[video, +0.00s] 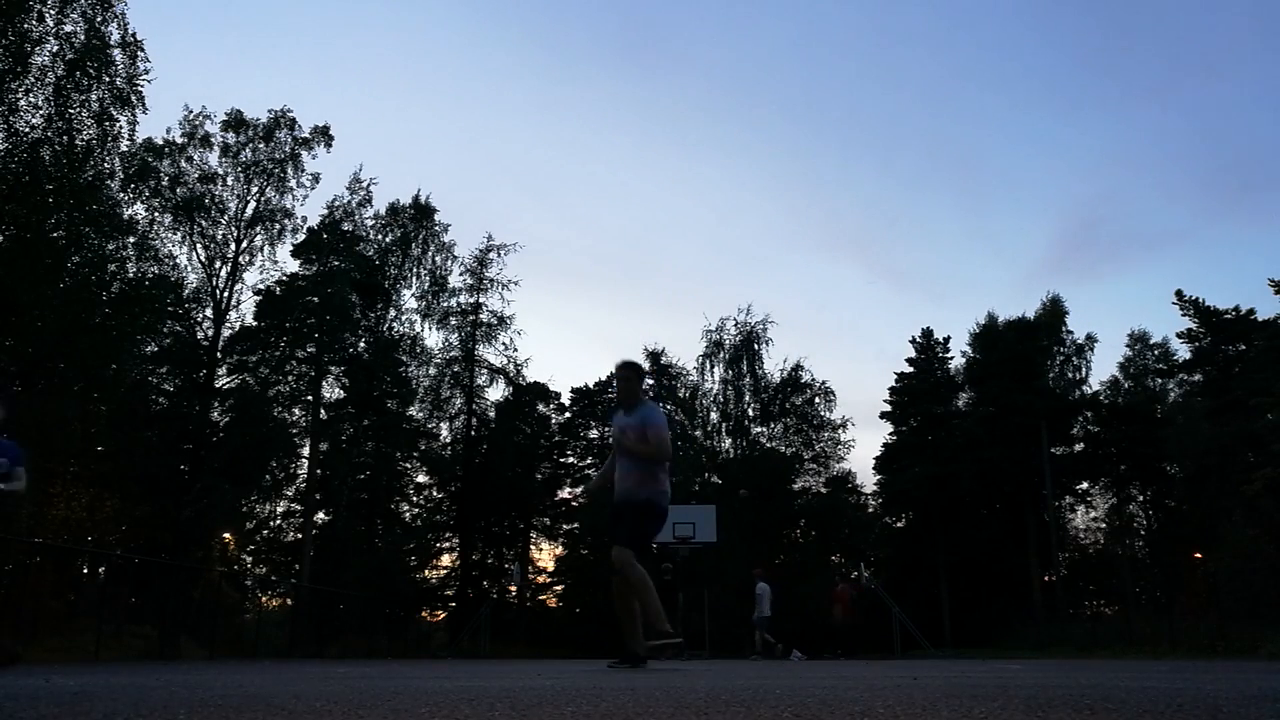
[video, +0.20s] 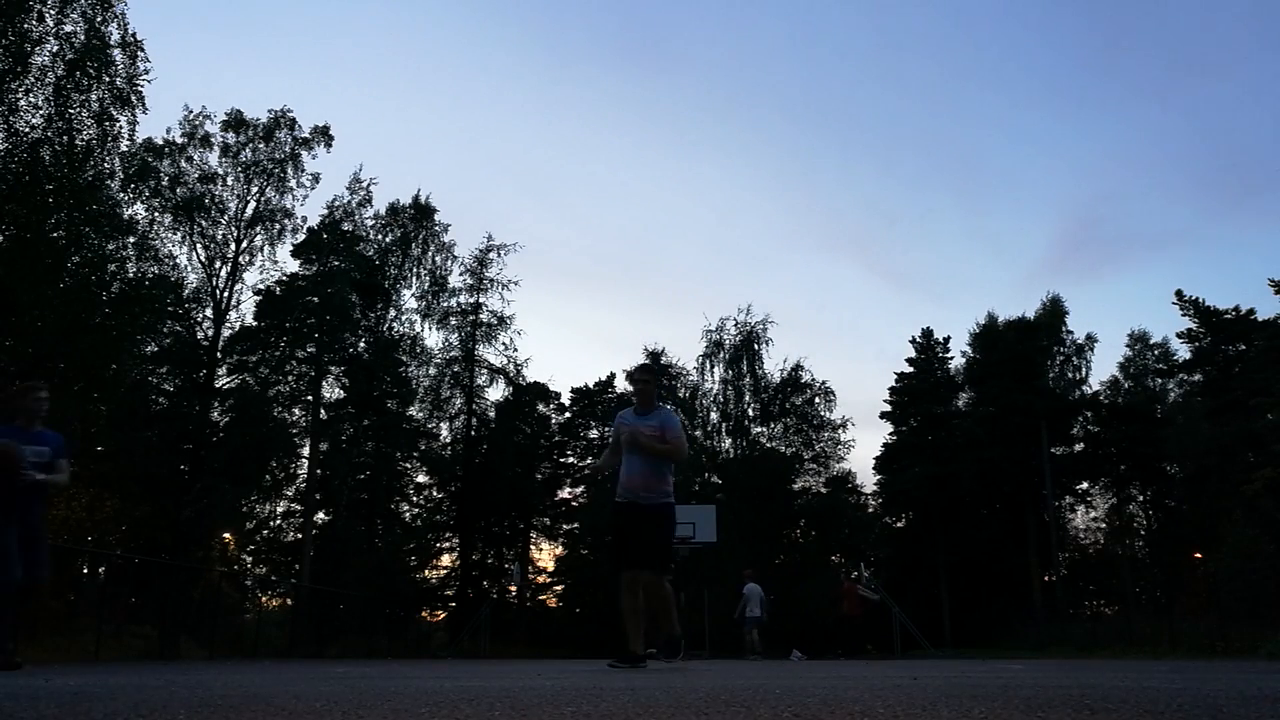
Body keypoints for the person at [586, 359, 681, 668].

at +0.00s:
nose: (620, 386)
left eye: (626, 380)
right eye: (618, 380)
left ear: (640, 384)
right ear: (616, 383)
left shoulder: (653, 413)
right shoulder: (620, 418)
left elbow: (663, 452)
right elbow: (617, 457)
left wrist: (627, 446)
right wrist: (596, 484)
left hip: (649, 499)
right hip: (625, 499)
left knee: (624, 557)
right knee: (623, 567)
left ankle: (662, 628)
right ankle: (635, 650)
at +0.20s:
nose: (640, 388)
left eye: (645, 383)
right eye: (636, 383)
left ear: (656, 386)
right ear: (631, 387)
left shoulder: (667, 418)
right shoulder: (623, 418)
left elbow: (680, 453)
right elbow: (614, 452)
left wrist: (643, 442)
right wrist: (599, 468)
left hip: (658, 505)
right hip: (627, 504)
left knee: (656, 575)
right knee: (629, 576)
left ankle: (671, 641)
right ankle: (635, 651)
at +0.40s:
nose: (655, 398)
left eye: (661, 393)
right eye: (651, 393)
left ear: (671, 400)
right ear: (644, 398)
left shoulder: (681, 433)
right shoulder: (631, 432)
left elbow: (693, 470)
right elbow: (612, 462)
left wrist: (661, 458)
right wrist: (614, 483)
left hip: (671, 516)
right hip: (637, 514)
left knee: (672, 584)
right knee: (638, 580)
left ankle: (677, 650)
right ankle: (637, 650)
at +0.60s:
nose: (668, 408)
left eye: (673, 404)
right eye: (663, 404)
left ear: (680, 410)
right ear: (655, 409)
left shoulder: (690, 442)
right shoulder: (641, 440)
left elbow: (699, 482)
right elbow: (627, 477)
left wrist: (683, 476)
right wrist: (645, 479)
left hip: (678, 521)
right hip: (647, 520)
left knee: (677, 587)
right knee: (645, 580)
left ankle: (677, 650)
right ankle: (648, 647)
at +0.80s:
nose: (662, 408)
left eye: (667, 404)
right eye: (659, 404)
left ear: (679, 409)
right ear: (655, 409)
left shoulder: (693, 440)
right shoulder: (645, 437)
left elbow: (707, 476)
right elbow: (632, 470)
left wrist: (688, 472)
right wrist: (652, 452)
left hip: (679, 518)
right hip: (648, 517)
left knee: (678, 584)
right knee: (648, 582)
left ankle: (678, 650)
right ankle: (652, 647)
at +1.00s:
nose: (651, 414)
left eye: (656, 410)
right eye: (650, 410)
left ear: (671, 414)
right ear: (651, 415)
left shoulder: (689, 445)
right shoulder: (641, 444)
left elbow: (704, 480)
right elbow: (632, 478)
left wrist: (678, 477)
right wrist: (646, 472)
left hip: (677, 521)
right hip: (647, 521)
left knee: (677, 585)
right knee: (650, 585)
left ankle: (677, 649)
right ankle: (655, 646)